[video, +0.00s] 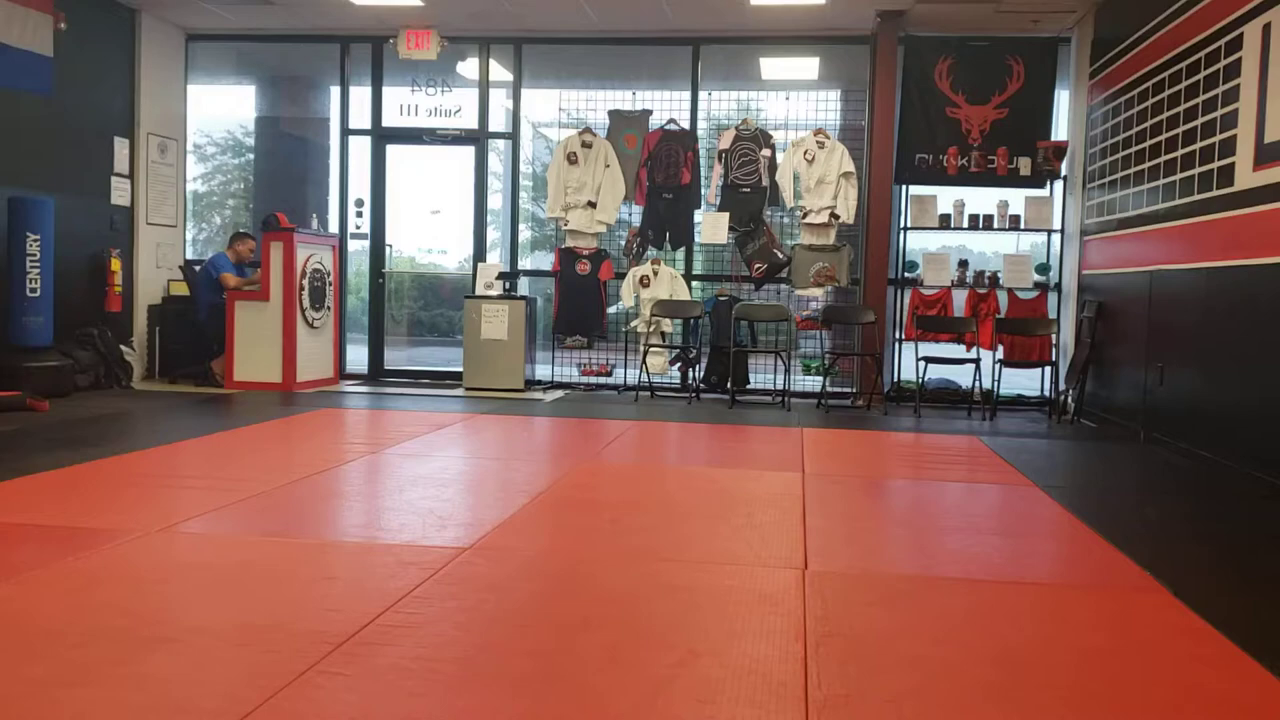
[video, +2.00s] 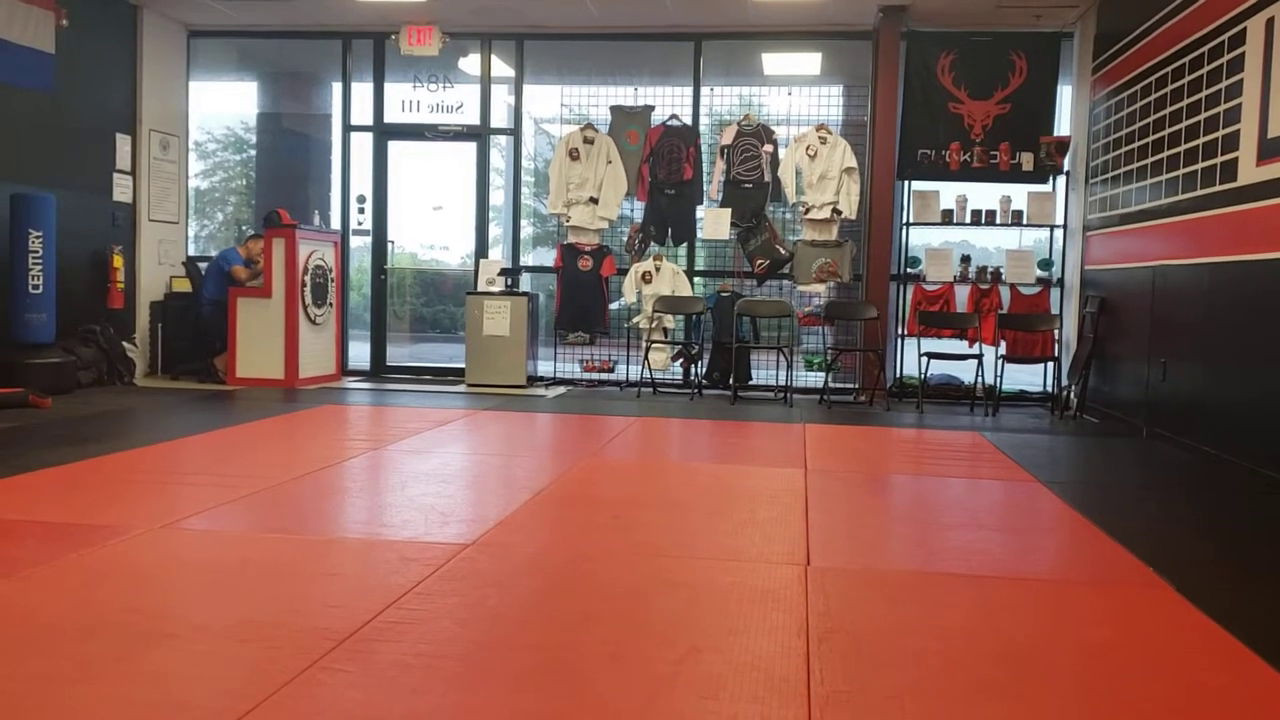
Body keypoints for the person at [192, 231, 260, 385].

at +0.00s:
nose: (252, 256)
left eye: (253, 252)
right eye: (250, 251)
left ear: (238, 247)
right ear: (237, 246)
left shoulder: (237, 266)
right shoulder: (219, 259)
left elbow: (244, 283)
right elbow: (229, 283)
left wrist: (262, 278)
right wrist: (253, 280)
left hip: (225, 311)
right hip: (208, 312)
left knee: (252, 330)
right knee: (246, 333)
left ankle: (222, 366)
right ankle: (218, 365)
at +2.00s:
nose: (261, 255)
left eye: (263, 252)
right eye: (260, 250)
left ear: (250, 245)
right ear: (250, 244)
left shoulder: (243, 259)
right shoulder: (230, 255)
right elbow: (241, 276)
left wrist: (262, 266)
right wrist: (259, 269)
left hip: (225, 305)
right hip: (212, 306)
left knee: (252, 328)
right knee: (247, 332)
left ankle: (222, 363)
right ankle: (220, 363)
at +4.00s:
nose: (262, 255)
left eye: (263, 251)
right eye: (260, 250)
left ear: (248, 246)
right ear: (247, 245)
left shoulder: (245, 263)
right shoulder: (229, 256)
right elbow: (234, 279)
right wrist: (257, 278)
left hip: (229, 308)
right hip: (214, 309)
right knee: (252, 332)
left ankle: (226, 363)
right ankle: (223, 362)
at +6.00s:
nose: (261, 253)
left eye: (262, 250)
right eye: (260, 248)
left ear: (248, 245)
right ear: (247, 244)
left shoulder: (245, 263)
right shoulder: (228, 255)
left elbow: (252, 282)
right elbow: (236, 279)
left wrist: (265, 276)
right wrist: (258, 278)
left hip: (230, 307)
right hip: (214, 308)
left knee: (258, 328)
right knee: (252, 331)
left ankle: (226, 363)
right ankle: (223, 362)